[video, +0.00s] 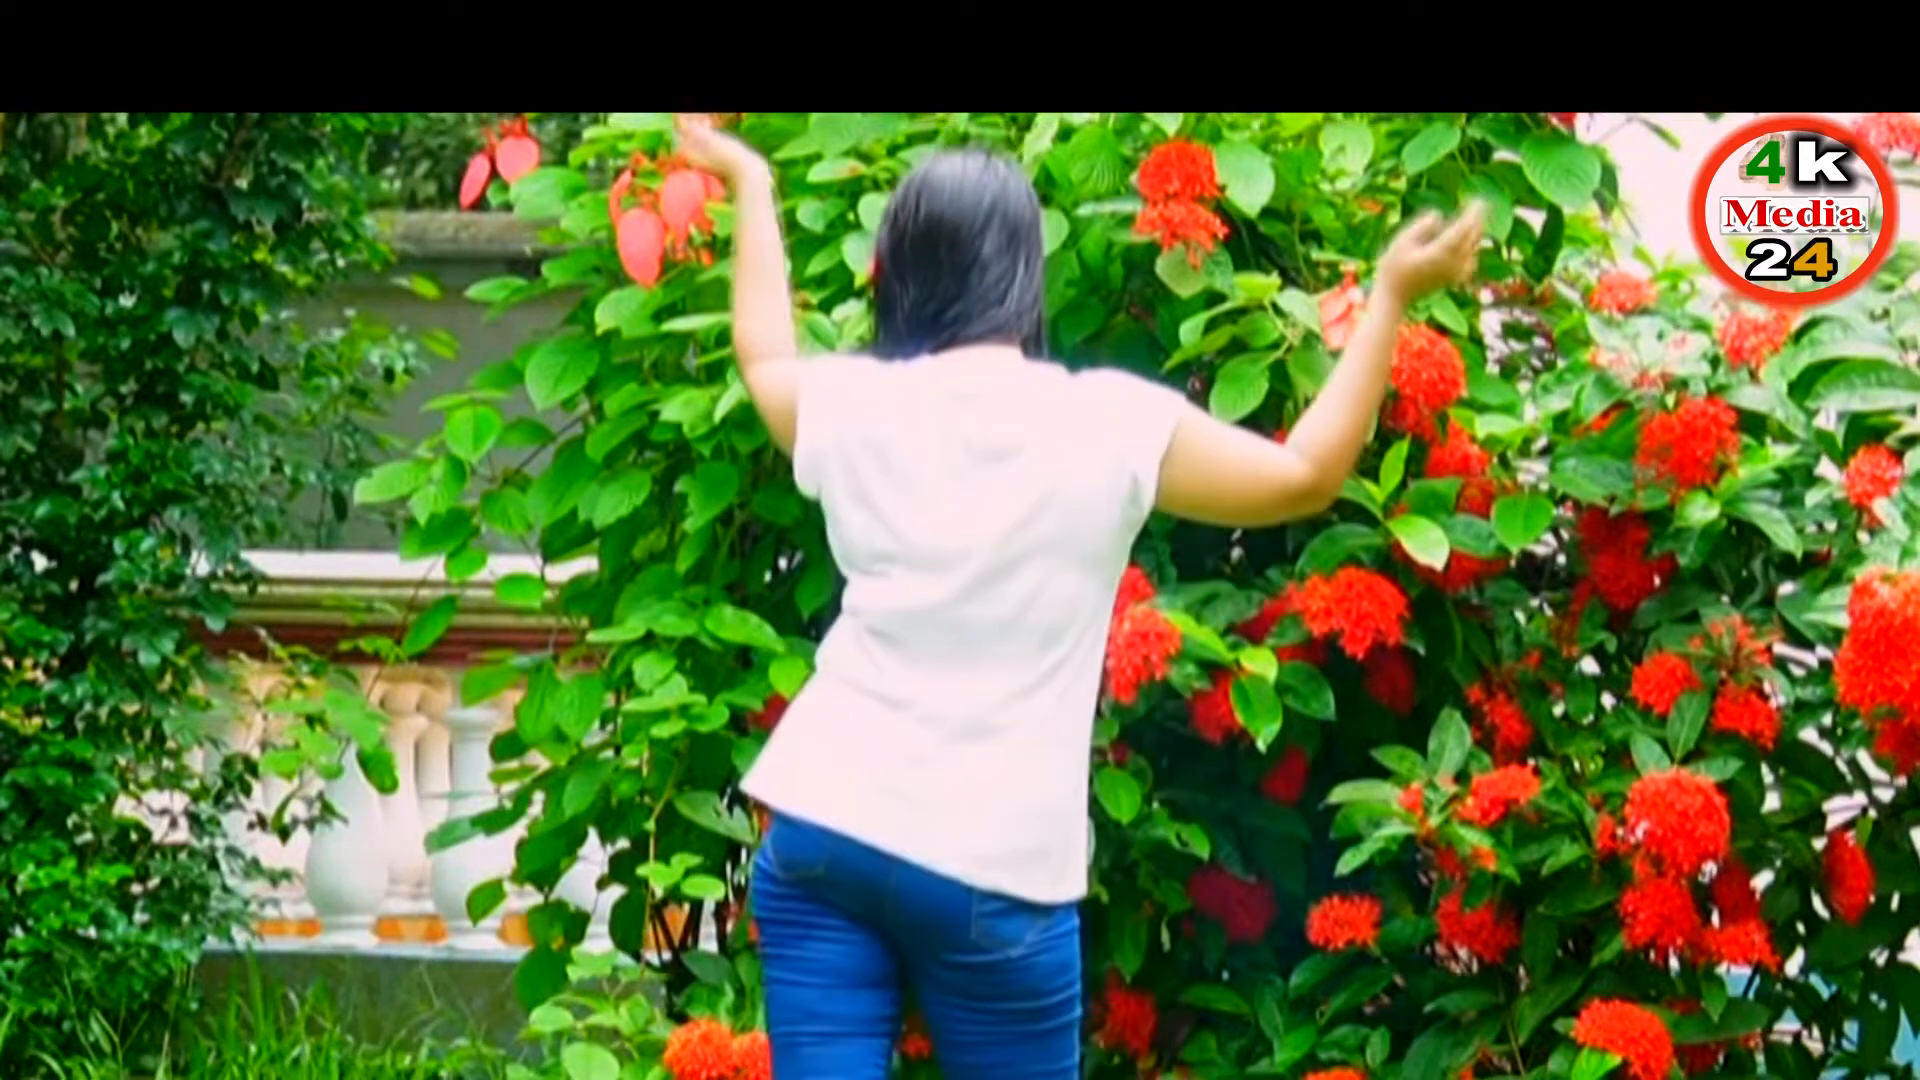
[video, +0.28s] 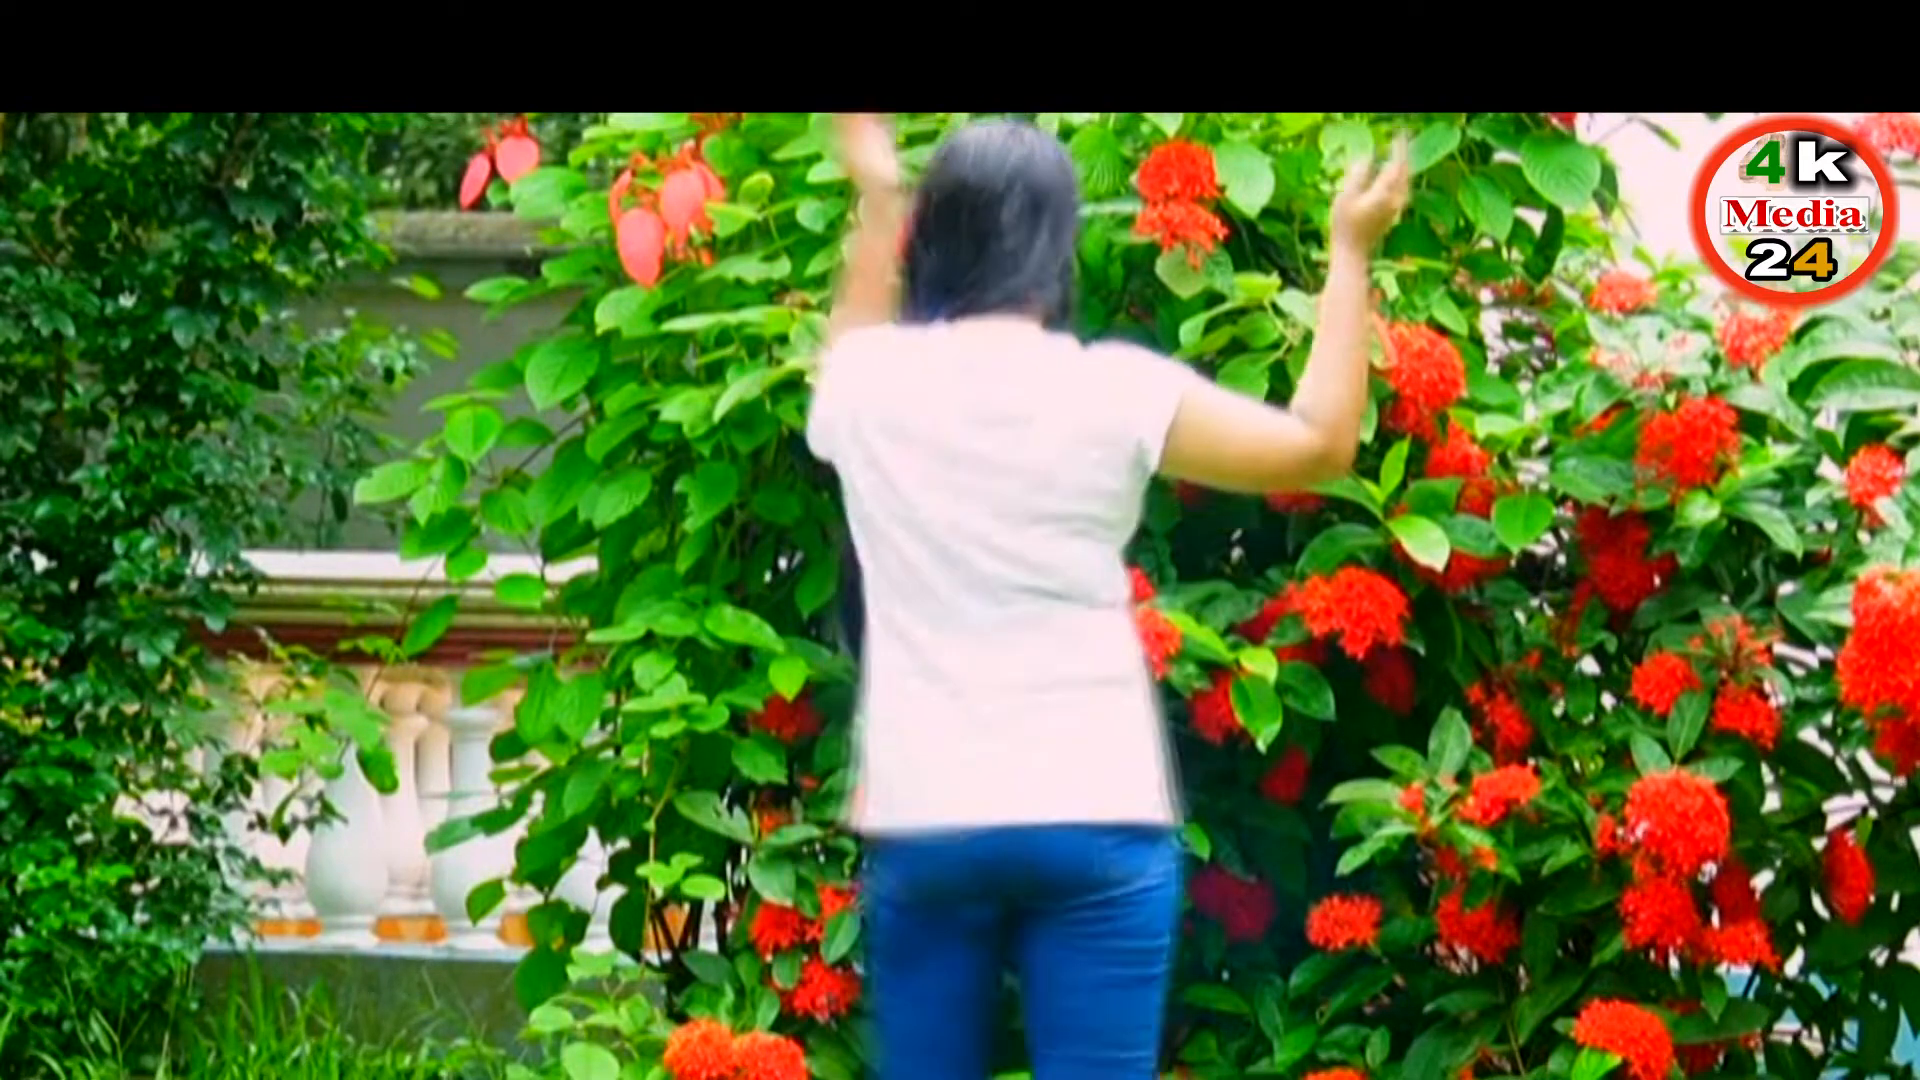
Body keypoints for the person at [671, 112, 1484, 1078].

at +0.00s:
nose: (869, 267)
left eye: (878, 248)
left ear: (888, 269)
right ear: (1029, 271)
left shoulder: (839, 403)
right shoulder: (1119, 419)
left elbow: (762, 357)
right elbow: (1306, 474)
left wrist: (752, 185)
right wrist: (1392, 291)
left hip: (816, 816)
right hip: (1000, 854)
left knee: (820, 1067)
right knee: (1020, 1063)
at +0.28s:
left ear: (922, 242)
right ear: (1061, 246)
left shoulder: (863, 389)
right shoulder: (1115, 387)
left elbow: (853, 346)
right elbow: (1320, 446)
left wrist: (875, 204)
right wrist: (1352, 250)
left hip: (924, 807)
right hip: (1100, 799)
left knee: (921, 1066)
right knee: (1101, 1067)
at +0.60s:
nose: (1100, 256)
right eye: (1098, 236)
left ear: (957, 251)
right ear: (1085, 260)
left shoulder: (884, 404)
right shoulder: (1115, 400)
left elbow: (924, 413)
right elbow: (1311, 485)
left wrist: (928, 287)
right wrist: (1306, 297)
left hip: (954, 815)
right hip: (1116, 798)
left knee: (1008, 1067)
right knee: (1110, 1065)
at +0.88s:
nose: (1075, 283)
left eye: (1070, 259)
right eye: (1067, 260)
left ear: (945, 274)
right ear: (1031, 274)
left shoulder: (863, 446)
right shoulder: (1044, 430)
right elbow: (1208, 558)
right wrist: (1206, 379)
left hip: (888, 862)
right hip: (1037, 886)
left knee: (956, 1067)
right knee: (1149, 1065)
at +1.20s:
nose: (1101, 233)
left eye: (1095, 208)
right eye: (1084, 208)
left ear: (1024, 229)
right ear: (1017, 224)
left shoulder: (999, 366)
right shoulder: (958, 365)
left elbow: (1018, 567)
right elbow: (1014, 570)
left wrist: (1092, 433)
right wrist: (1112, 431)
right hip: (992, 813)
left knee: (934, 1066)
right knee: (1070, 1065)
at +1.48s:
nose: (1116, 263)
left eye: (1115, 239)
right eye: (1092, 236)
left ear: (1025, 250)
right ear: (1008, 246)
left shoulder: (1102, 419)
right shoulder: (922, 427)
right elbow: (880, 625)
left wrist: (1178, 609)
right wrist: (1048, 539)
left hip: (1124, 846)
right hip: (972, 844)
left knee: (1159, 1067)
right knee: (976, 1068)